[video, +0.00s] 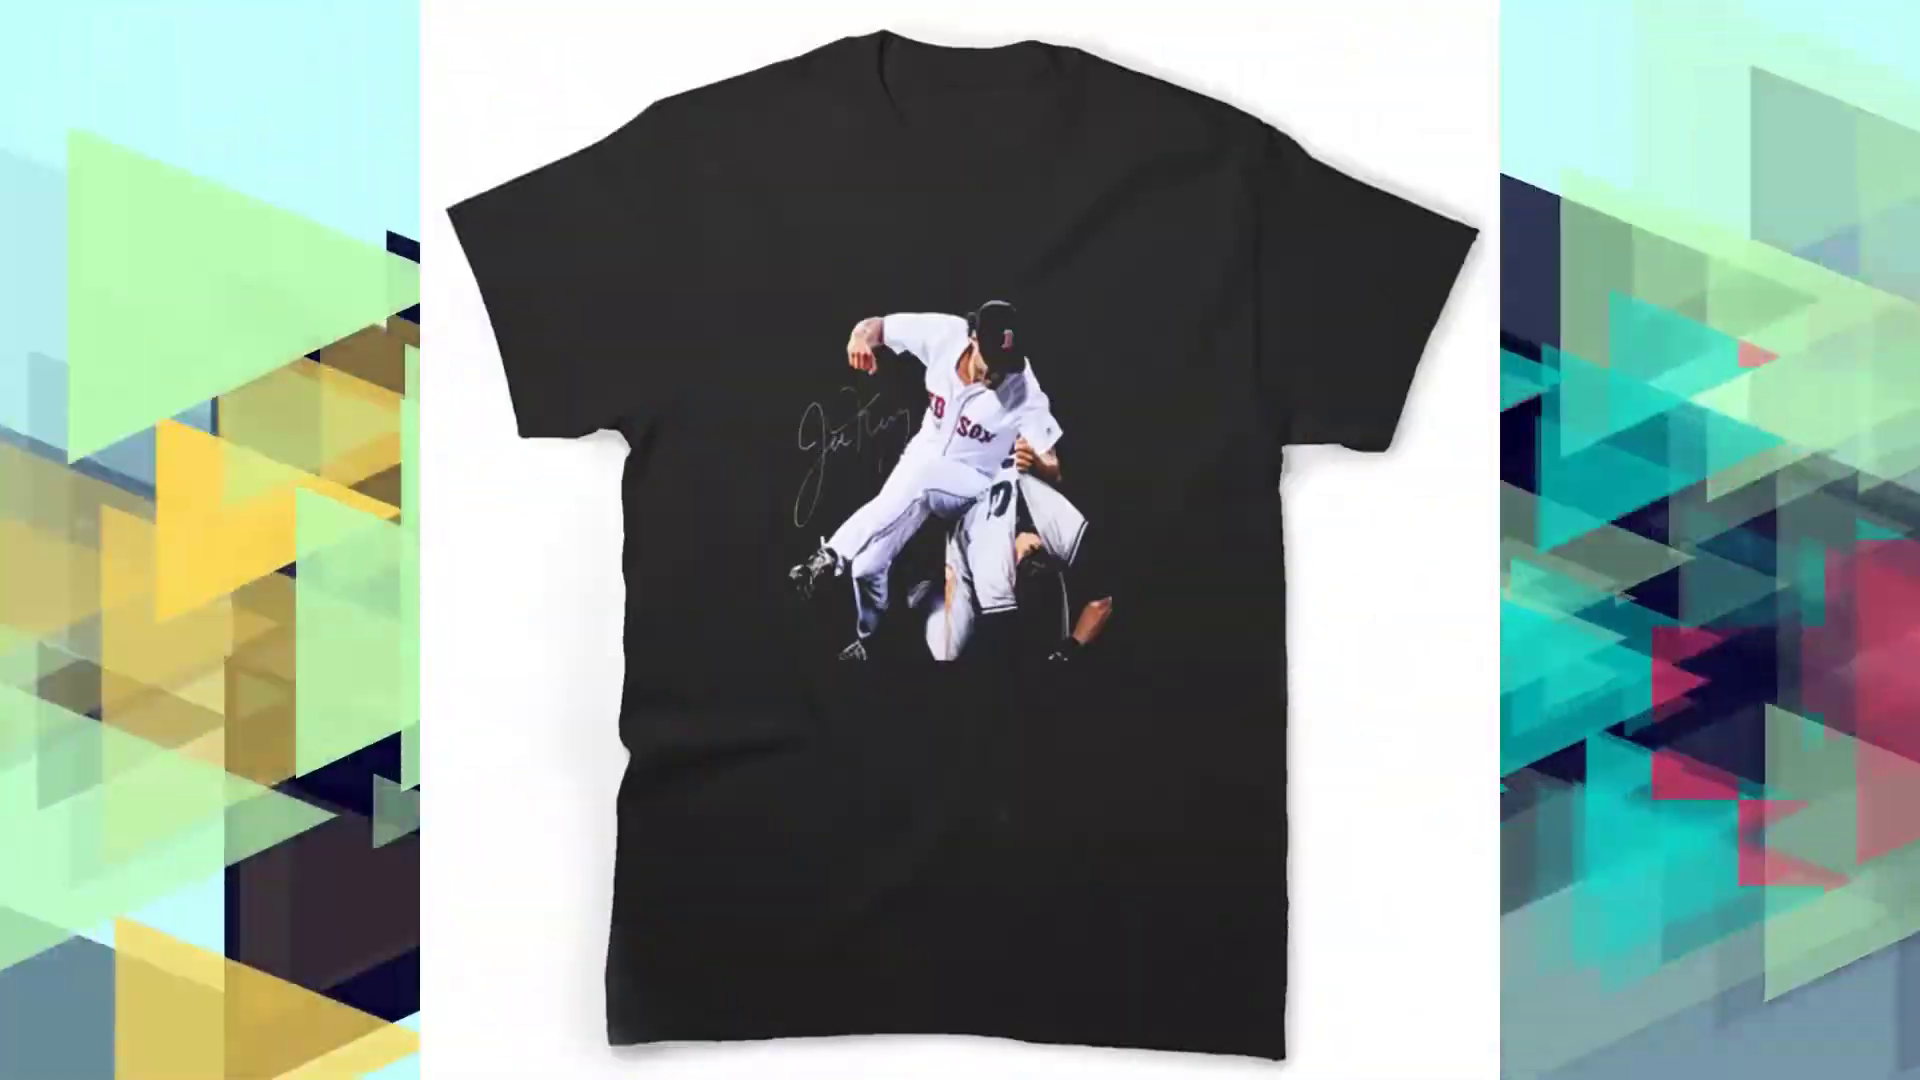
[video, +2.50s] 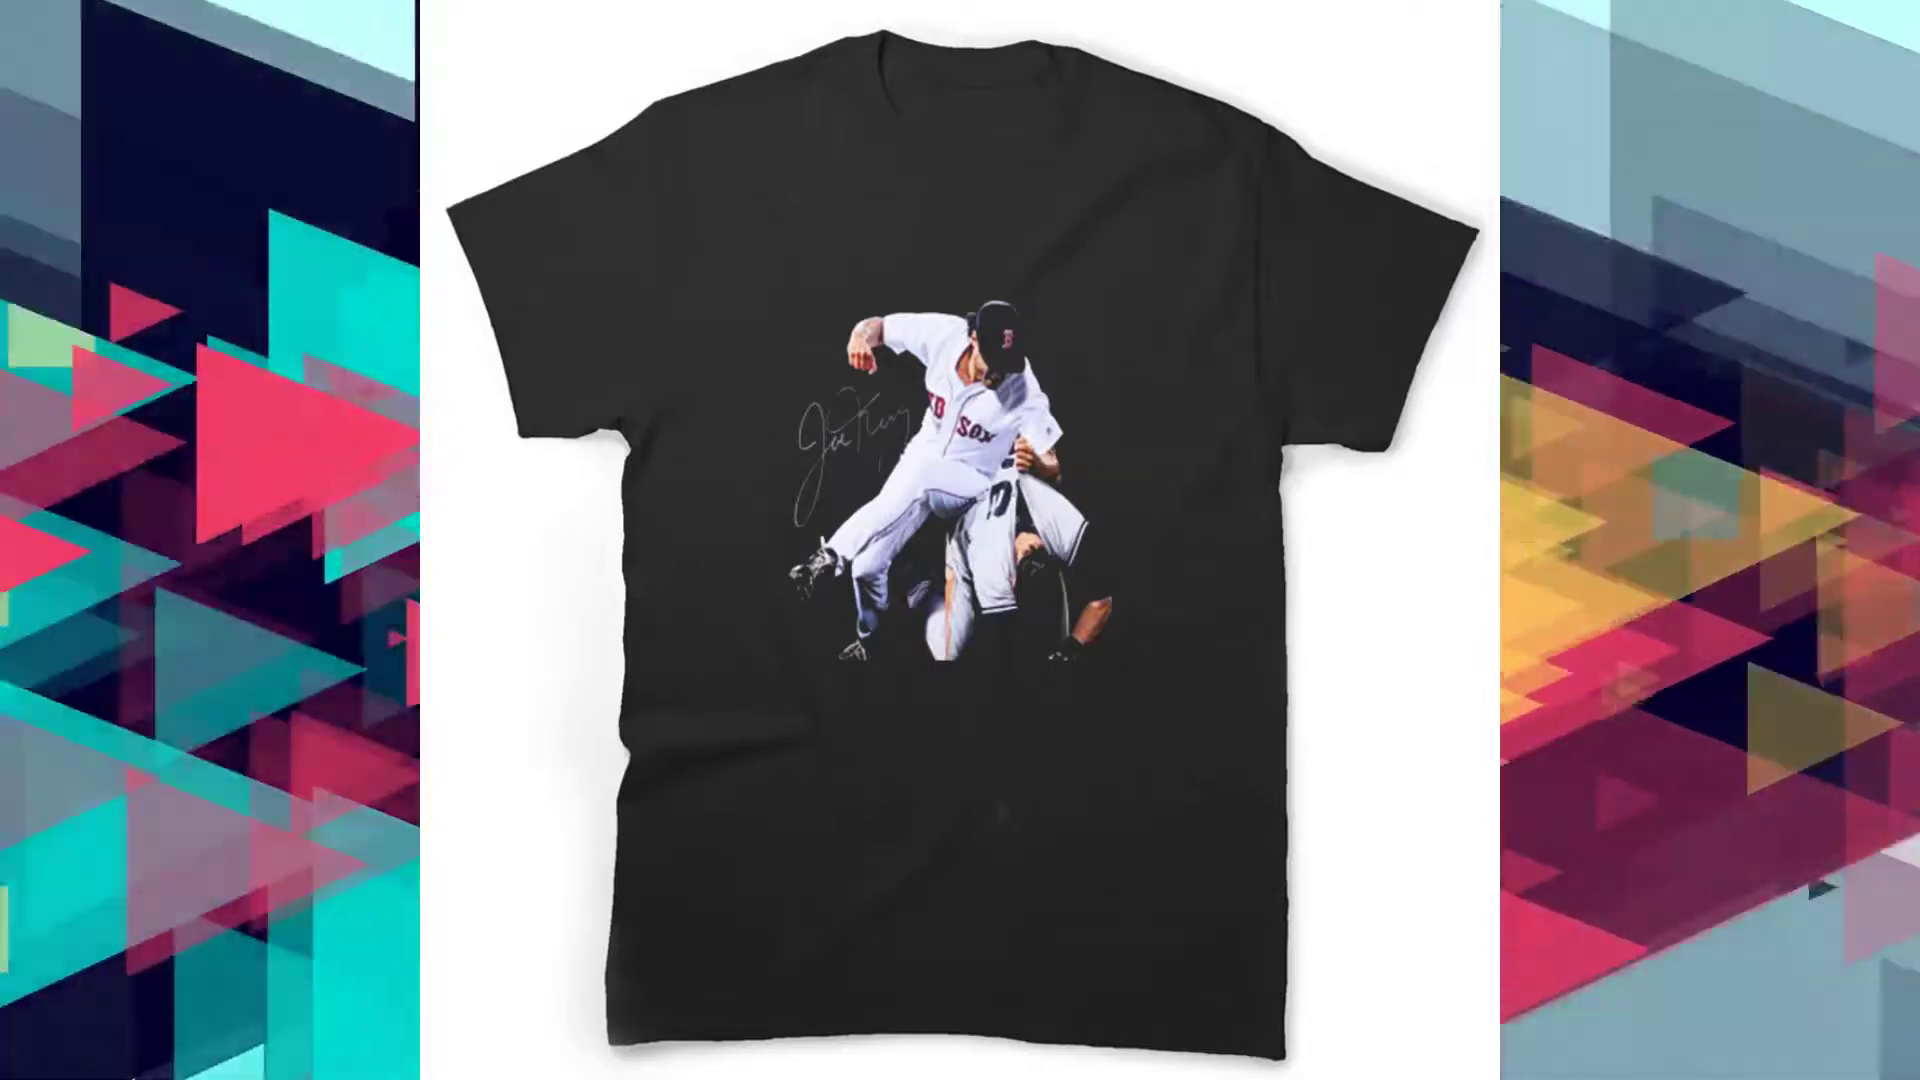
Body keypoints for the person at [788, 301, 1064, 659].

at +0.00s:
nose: (995, 373)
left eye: (1004, 366)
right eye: (990, 364)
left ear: (1016, 355)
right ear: (973, 342)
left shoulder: (1023, 390)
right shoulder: (946, 334)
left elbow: (1055, 470)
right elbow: (874, 327)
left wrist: (1038, 463)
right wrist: (861, 340)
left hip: (978, 482)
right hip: (922, 460)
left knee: (920, 477)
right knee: (867, 565)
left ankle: (827, 559)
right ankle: (870, 640)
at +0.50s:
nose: (995, 373)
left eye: (1004, 366)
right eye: (990, 364)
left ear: (1016, 355)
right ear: (973, 342)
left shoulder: (1023, 390)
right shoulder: (946, 334)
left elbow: (1055, 470)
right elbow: (874, 327)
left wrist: (1038, 463)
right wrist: (861, 341)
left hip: (978, 482)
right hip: (922, 460)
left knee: (920, 477)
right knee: (867, 565)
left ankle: (827, 559)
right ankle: (870, 640)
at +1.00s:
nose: (995, 373)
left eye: (1004, 366)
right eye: (990, 364)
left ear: (1016, 355)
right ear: (973, 342)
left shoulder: (1023, 390)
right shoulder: (946, 334)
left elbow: (1055, 470)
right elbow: (874, 327)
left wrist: (1038, 463)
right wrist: (861, 341)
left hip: (978, 482)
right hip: (922, 460)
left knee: (920, 477)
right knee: (867, 565)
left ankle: (827, 559)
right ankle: (870, 640)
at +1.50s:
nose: (997, 374)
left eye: (1006, 367)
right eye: (991, 364)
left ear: (1017, 354)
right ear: (973, 341)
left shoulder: (1023, 389)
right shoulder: (946, 334)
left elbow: (1054, 468)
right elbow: (878, 327)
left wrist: (1038, 463)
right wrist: (861, 338)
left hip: (978, 482)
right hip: (922, 460)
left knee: (920, 476)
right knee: (867, 566)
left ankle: (828, 560)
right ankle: (871, 641)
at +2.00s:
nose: (997, 374)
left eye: (1006, 367)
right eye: (991, 364)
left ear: (1017, 354)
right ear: (973, 341)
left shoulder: (1023, 389)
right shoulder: (946, 334)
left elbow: (1054, 468)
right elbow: (878, 327)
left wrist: (1038, 463)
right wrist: (861, 338)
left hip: (979, 482)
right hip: (922, 460)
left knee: (920, 476)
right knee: (867, 566)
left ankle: (828, 560)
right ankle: (871, 642)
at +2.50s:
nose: (997, 374)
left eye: (1006, 367)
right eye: (991, 364)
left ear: (1017, 354)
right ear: (973, 341)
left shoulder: (1023, 389)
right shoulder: (946, 334)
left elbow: (1054, 468)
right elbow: (878, 327)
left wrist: (1038, 463)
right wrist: (861, 338)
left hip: (979, 482)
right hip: (922, 460)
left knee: (920, 476)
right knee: (867, 566)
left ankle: (828, 560)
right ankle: (871, 642)